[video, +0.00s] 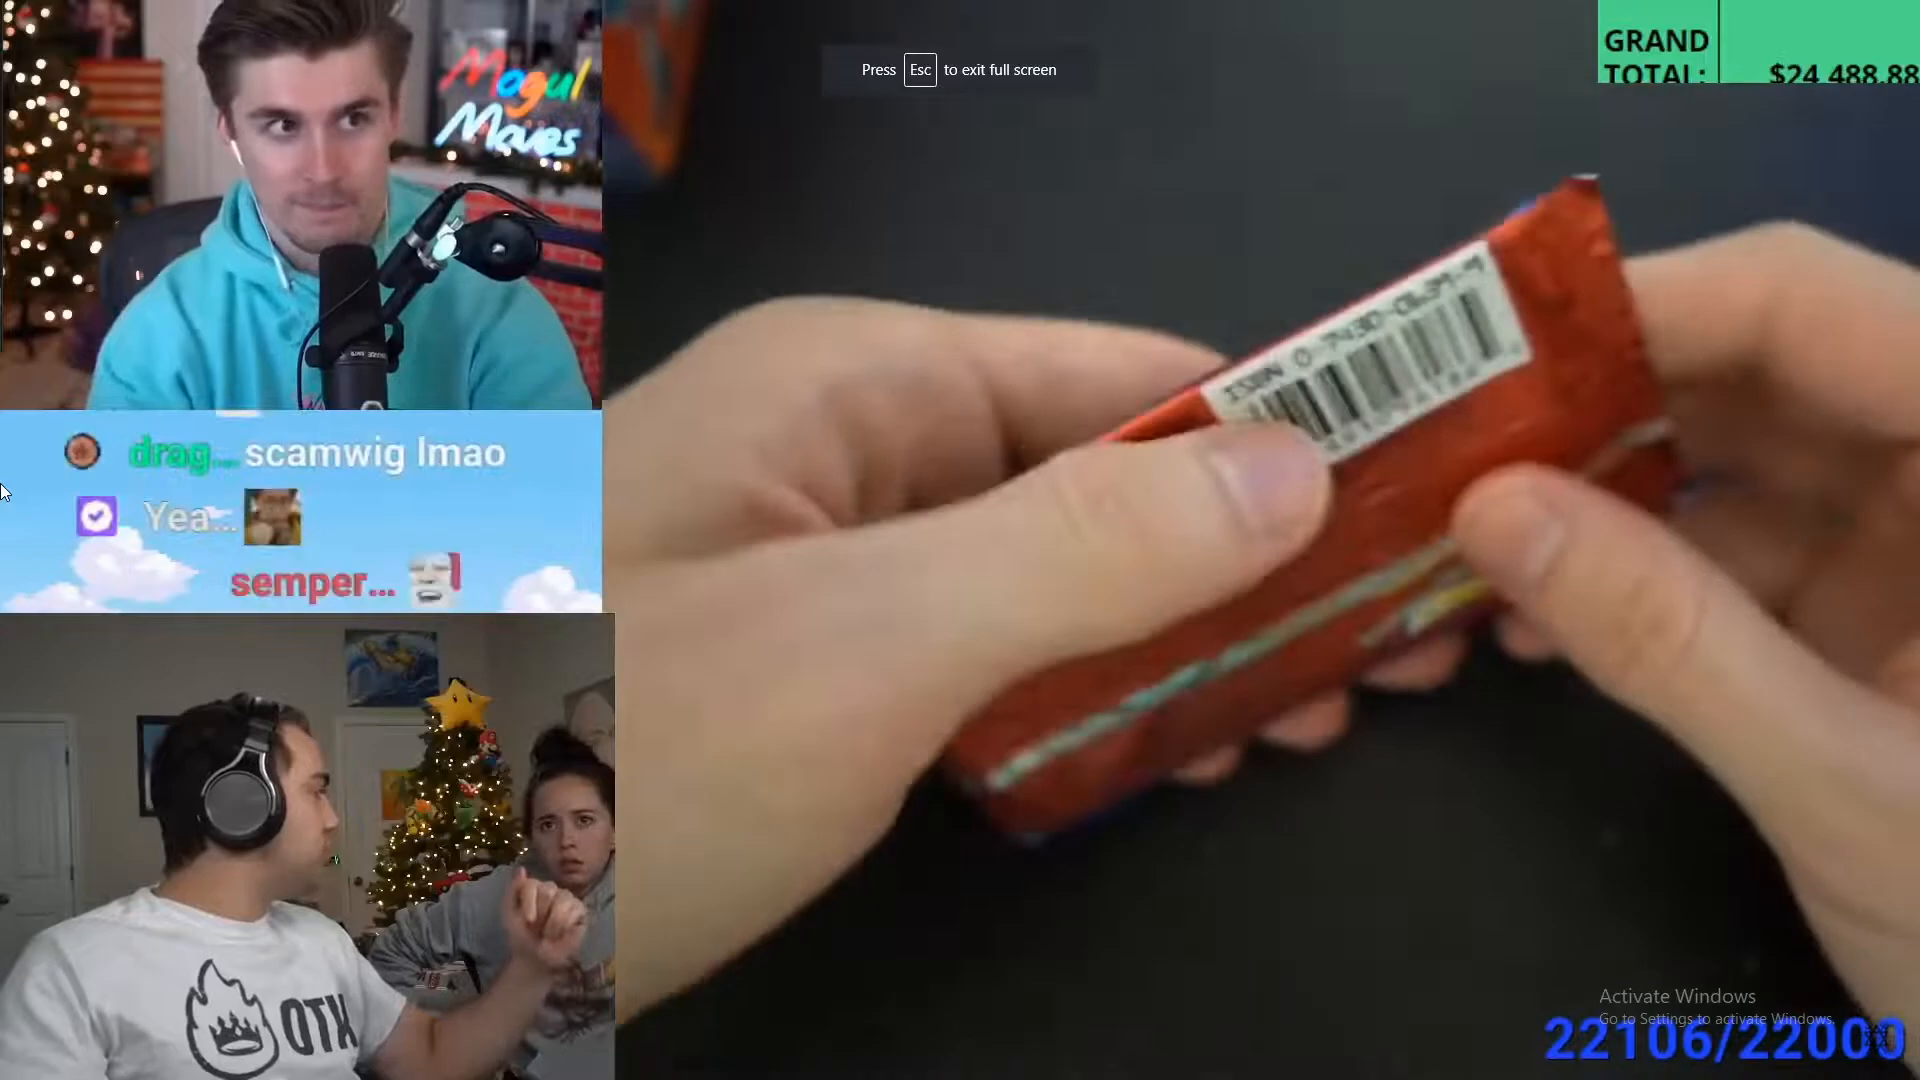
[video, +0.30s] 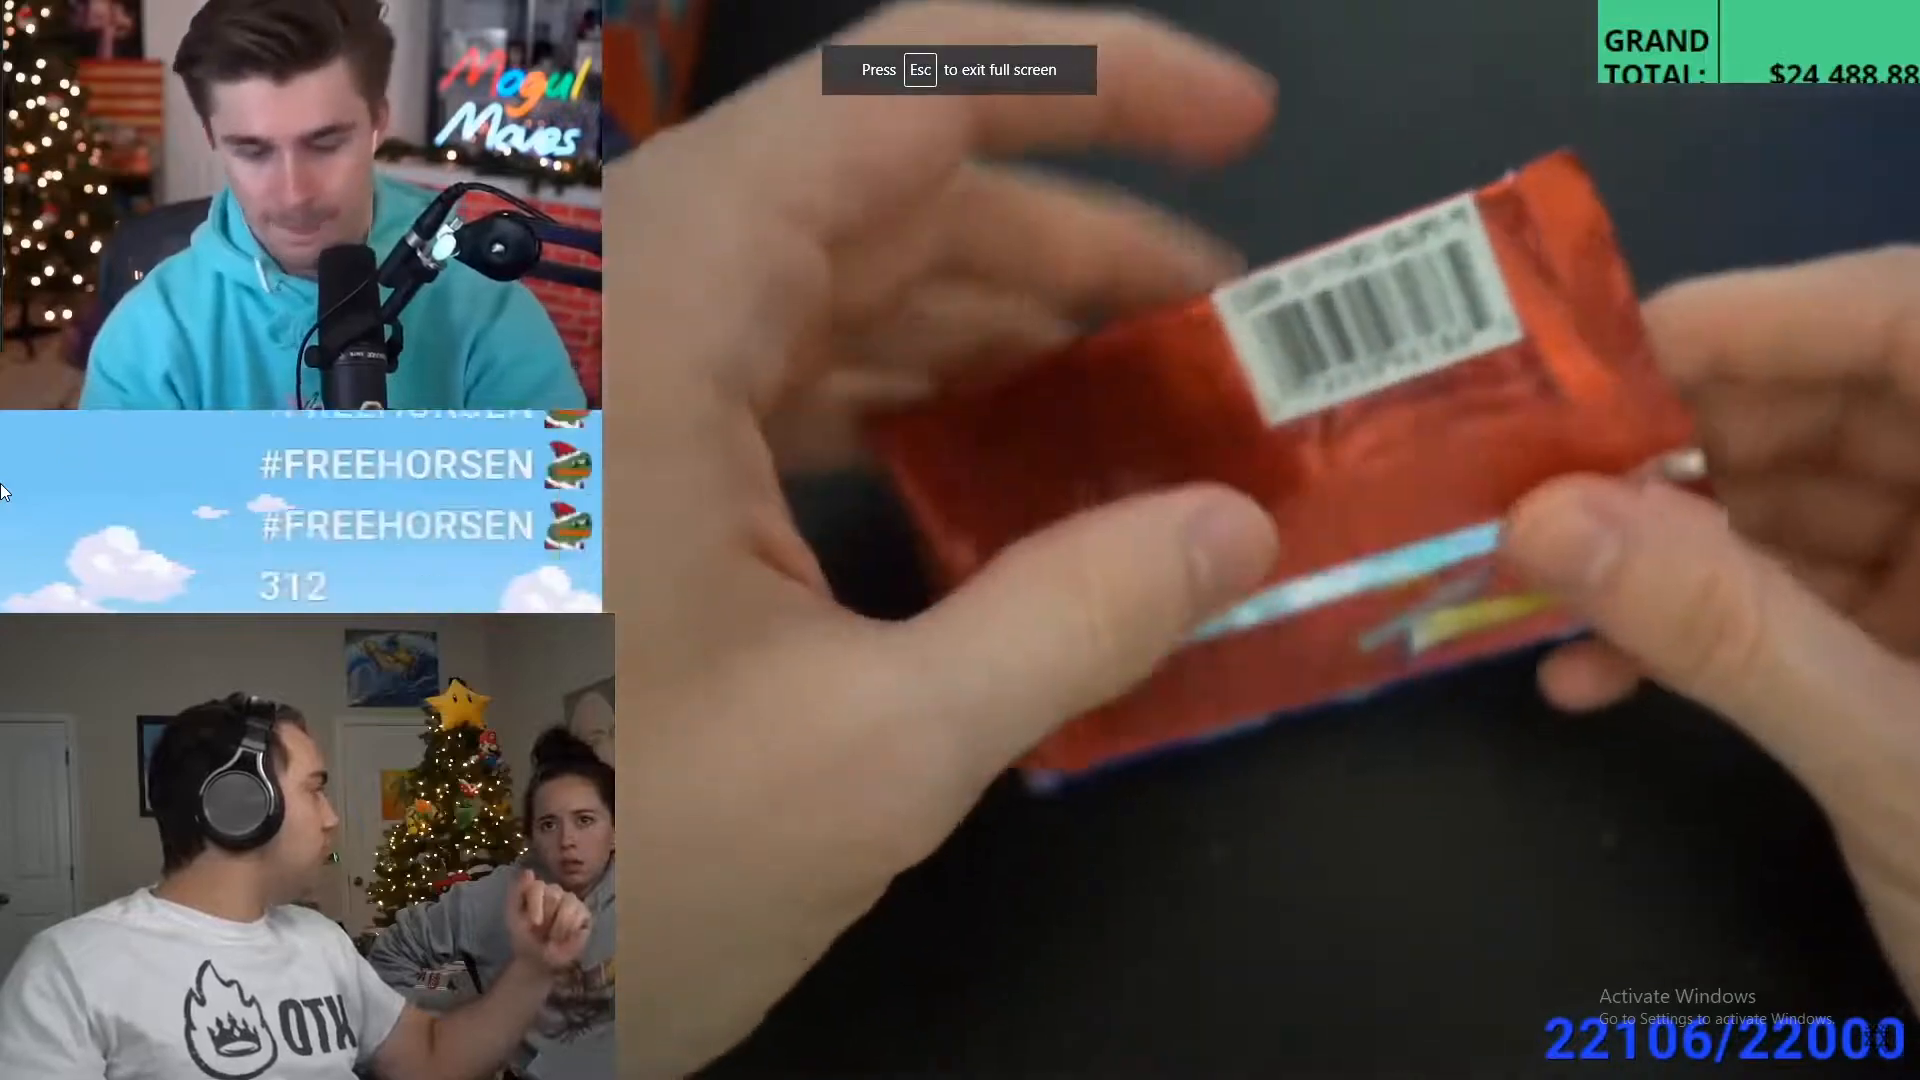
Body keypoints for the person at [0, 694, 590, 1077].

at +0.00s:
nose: (336, 816)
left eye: (327, 791)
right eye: (318, 789)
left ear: (248, 798)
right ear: (237, 799)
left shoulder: (323, 945)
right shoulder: (69, 970)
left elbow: (433, 1056)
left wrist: (533, 966)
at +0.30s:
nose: (334, 815)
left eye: (325, 789)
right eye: (316, 787)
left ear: (244, 800)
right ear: (235, 800)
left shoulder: (321, 944)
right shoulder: (68, 971)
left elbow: (433, 1056)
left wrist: (534, 967)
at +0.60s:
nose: (334, 816)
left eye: (325, 790)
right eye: (315, 789)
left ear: (249, 798)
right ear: (237, 800)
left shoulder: (321, 944)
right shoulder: (69, 970)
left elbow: (429, 1055)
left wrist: (525, 963)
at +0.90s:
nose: (333, 816)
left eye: (325, 790)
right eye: (316, 789)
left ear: (239, 803)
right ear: (236, 803)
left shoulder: (319, 943)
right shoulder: (69, 972)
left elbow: (431, 1053)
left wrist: (541, 978)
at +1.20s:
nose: (335, 817)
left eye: (327, 791)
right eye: (317, 789)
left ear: (241, 802)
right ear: (234, 802)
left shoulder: (319, 943)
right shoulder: (67, 972)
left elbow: (430, 1055)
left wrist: (534, 965)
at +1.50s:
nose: (335, 817)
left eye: (327, 791)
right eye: (316, 790)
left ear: (239, 804)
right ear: (234, 804)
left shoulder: (319, 945)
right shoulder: (67, 973)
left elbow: (431, 1050)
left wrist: (552, 986)